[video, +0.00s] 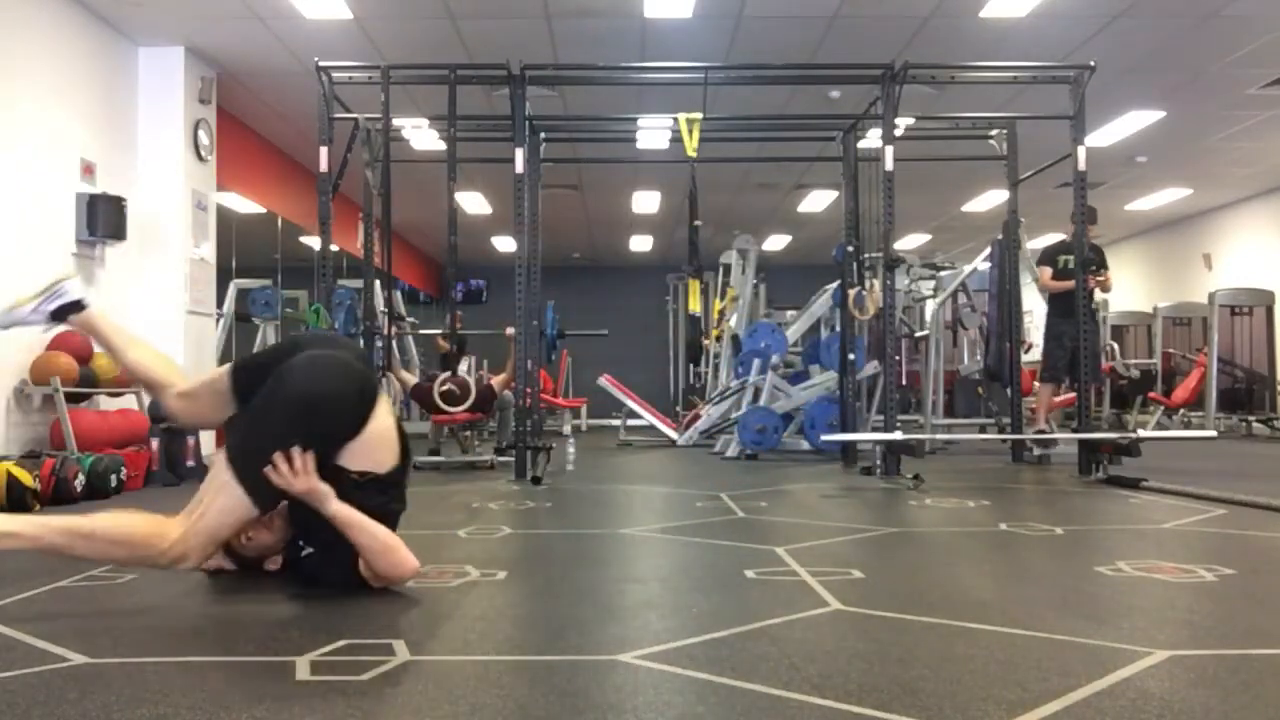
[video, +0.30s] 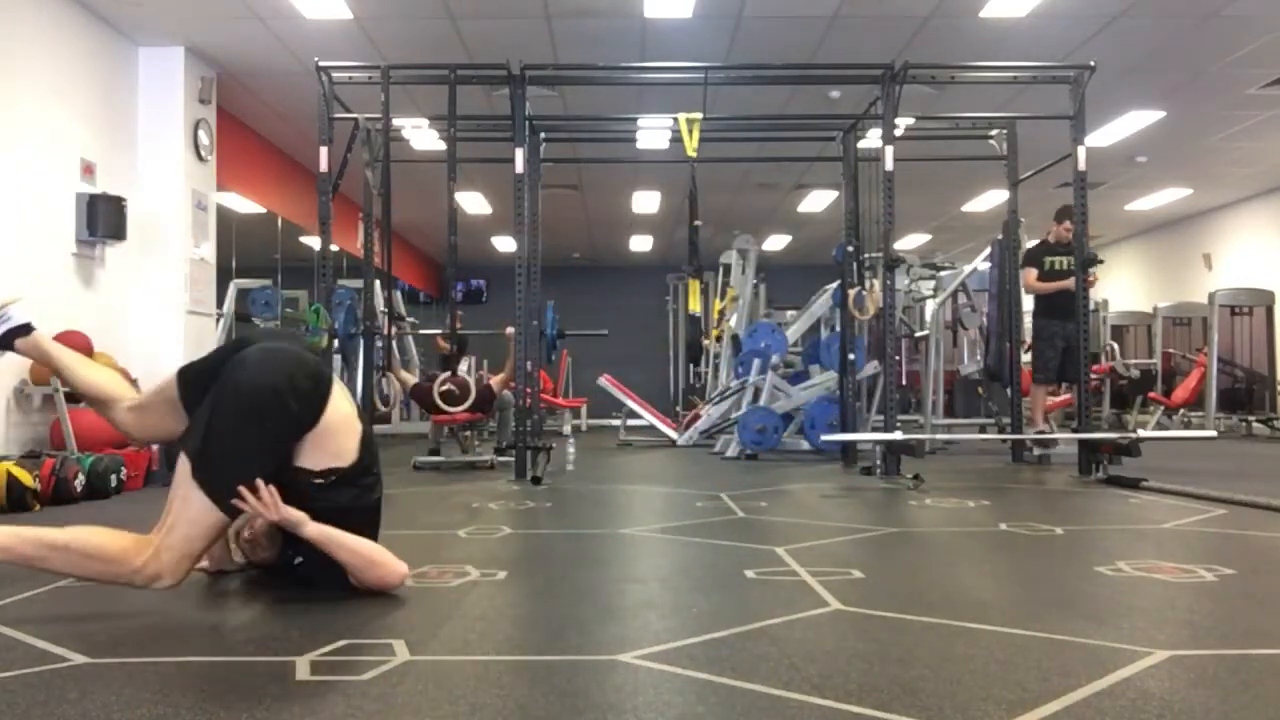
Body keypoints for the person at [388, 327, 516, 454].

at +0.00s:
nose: (451, 378)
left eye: (444, 384)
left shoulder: (428, 397)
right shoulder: (481, 398)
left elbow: (396, 370)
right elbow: (509, 375)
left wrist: (390, 340)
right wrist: (512, 342)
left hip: (439, 409)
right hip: (475, 408)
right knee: (508, 397)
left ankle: (434, 445)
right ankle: (503, 443)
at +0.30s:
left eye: (444, 385)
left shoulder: (428, 398)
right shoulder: (480, 400)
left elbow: (396, 370)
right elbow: (507, 375)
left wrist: (389, 340)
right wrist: (512, 341)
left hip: (439, 409)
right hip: (474, 409)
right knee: (507, 397)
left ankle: (434, 445)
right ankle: (503, 443)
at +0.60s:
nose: (450, 379)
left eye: (444, 385)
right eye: (457, 381)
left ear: (436, 392)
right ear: (470, 391)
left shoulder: (428, 397)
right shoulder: (481, 399)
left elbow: (396, 371)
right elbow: (508, 375)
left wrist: (390, 340)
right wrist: (511, 342)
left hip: (439, 409)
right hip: (475, 409)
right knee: (507, 397)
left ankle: (434, 446)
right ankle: (503, 443)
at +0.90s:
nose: (451, 378)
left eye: (444, 384)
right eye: (456, 380)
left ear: (437, 392)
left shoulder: (428, 397)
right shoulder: (480, 400)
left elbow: (396, 370)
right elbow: (508, 375)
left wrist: (390, 340)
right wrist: (511, 341)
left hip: (439, 409)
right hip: (475, 408)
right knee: (507, 397)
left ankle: (434, 446)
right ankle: (503, 443)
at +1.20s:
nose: (450, 378)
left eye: (444, 383)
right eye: (454, 380)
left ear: (437, 392)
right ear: (468, 391)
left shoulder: (428, 398)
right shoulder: (480, 399)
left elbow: (397, 371)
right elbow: (508, 375)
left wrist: (390, 341)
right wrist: (512, 342)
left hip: (438, 408)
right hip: (475, 408)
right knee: (507, 397)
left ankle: (434, 447)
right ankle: (502, 444)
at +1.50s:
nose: (449, 379)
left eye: (443, 384)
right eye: (453, 383)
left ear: (436, 393)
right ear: (468, 391)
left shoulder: (428, 398)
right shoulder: (479, 399)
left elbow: (397, 371)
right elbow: (508, 375)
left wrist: (390, 341)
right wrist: (511, 341)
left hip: (439, 409)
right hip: (475, 408)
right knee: (507, 397)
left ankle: (434, 447)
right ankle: (502, 444)